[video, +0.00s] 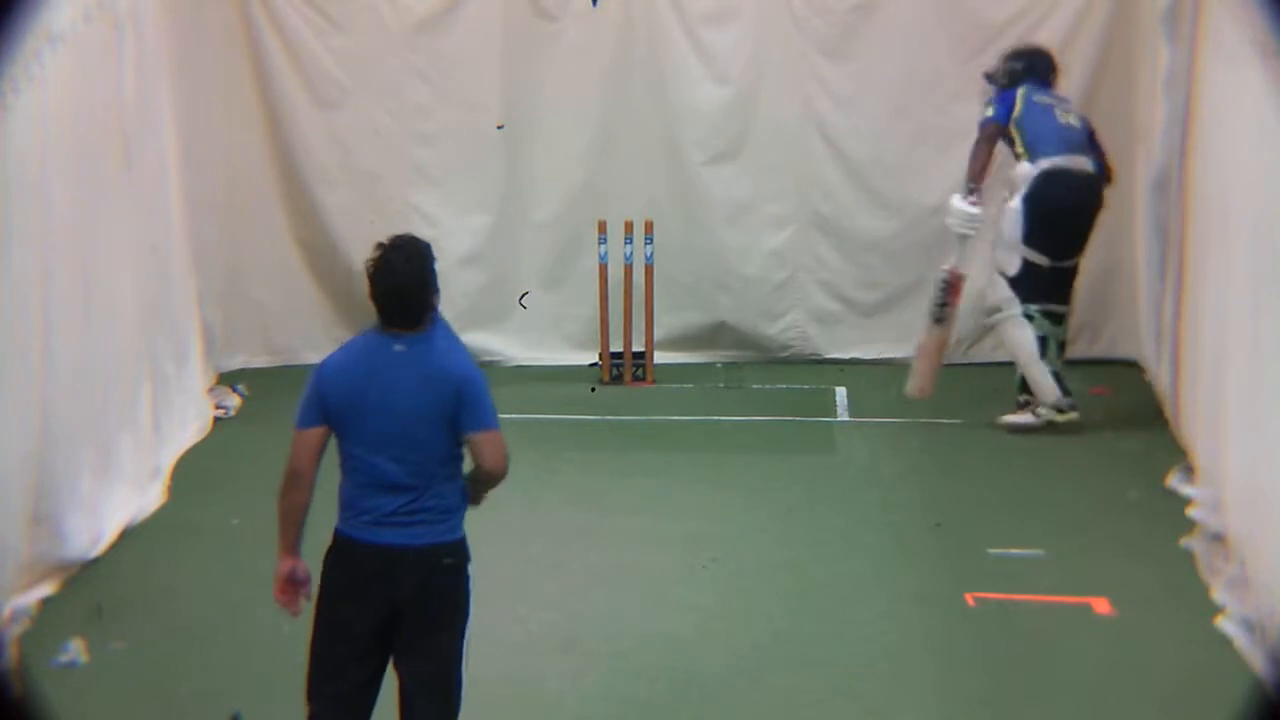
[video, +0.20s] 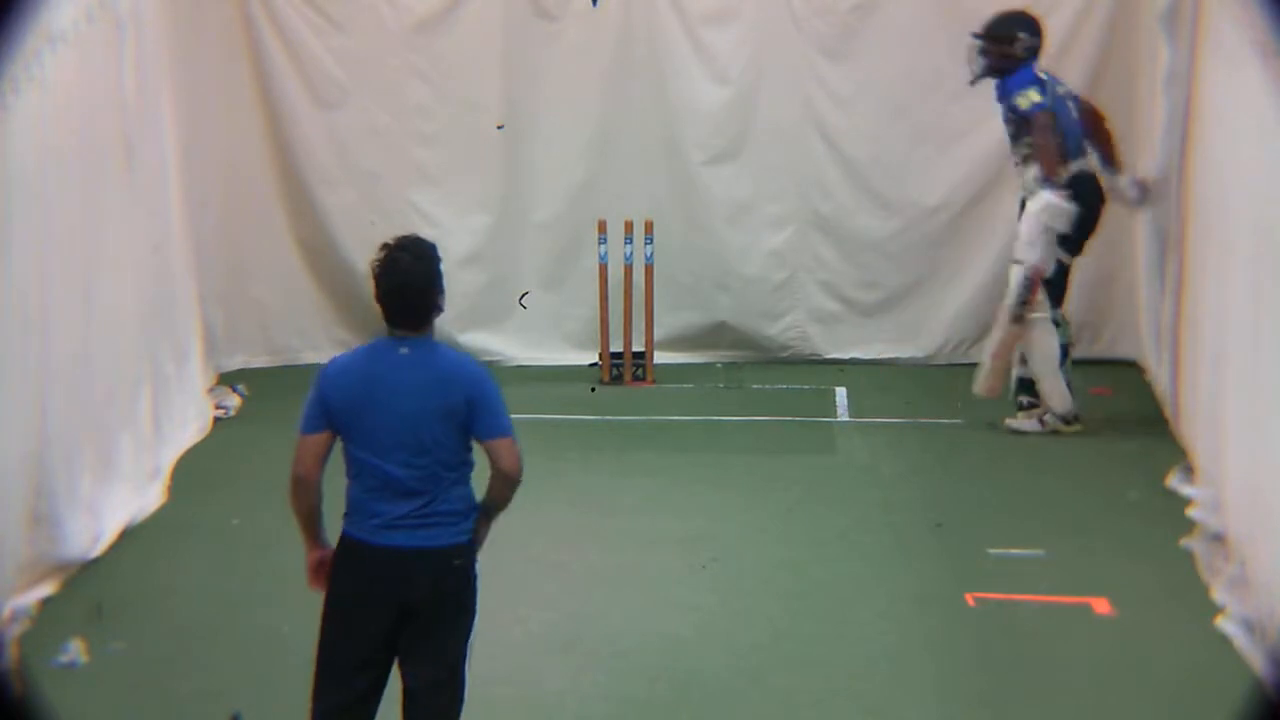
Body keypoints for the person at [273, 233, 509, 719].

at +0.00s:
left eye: (373, 280)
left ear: (372, 295)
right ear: (434, 294)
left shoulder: (337, 369)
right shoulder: (456, 368)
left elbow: (300, 470)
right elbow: (493, 464)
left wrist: (290, 552)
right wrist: (473, 488)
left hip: (357, 566)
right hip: (436, 567)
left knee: (335, 705)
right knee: (431, 707)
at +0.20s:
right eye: (437, 288)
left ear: (379, 300)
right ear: (439, 301)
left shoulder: (341, 375)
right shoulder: (467, 376)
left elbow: (305, 473)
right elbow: (509, 468)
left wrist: (314, 544)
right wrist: (483, 518)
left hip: (364, 571)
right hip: (444, 573)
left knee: (342, 704)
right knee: (434, 705)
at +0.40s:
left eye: (382, 285)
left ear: (382, 299)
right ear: (442, 299)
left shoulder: (346, 378)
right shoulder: (472, 378)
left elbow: (314, 478)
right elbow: (508, 474)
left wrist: (326, 543)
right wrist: (502, 542)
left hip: (370, 574)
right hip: (449, 576)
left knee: (346, 705)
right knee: (435, 707)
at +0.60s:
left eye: (388, 285)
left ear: (387, 299)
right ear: (449, 299)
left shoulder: (350, 377)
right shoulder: (476, 378)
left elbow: (316, 478)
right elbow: (514, 474)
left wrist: (319, 557)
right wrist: (510, 545)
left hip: (372, 575)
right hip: (451, 577)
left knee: (348, 706)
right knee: (437, 708)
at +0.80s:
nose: (387, 291)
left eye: (389, 285)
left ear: (391, 300)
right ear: (454, 301)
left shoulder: (352, 377)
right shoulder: (479, 381)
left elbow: (316, 477)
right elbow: (513, 477)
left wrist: (313, 559)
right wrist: (505, 551)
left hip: (373, 574)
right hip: (451, 577)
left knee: (350, 704)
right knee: (437, 706)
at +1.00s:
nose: (386, 293)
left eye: (386, 287)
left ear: (389, 302)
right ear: (451, 301)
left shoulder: (350, 376)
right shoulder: (478, 380)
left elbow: (312, 475)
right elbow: (508, 479)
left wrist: (316, 555)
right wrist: (494, 550)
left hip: (367, 575)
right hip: (445, 577)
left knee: (347, 705)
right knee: (435, 707)